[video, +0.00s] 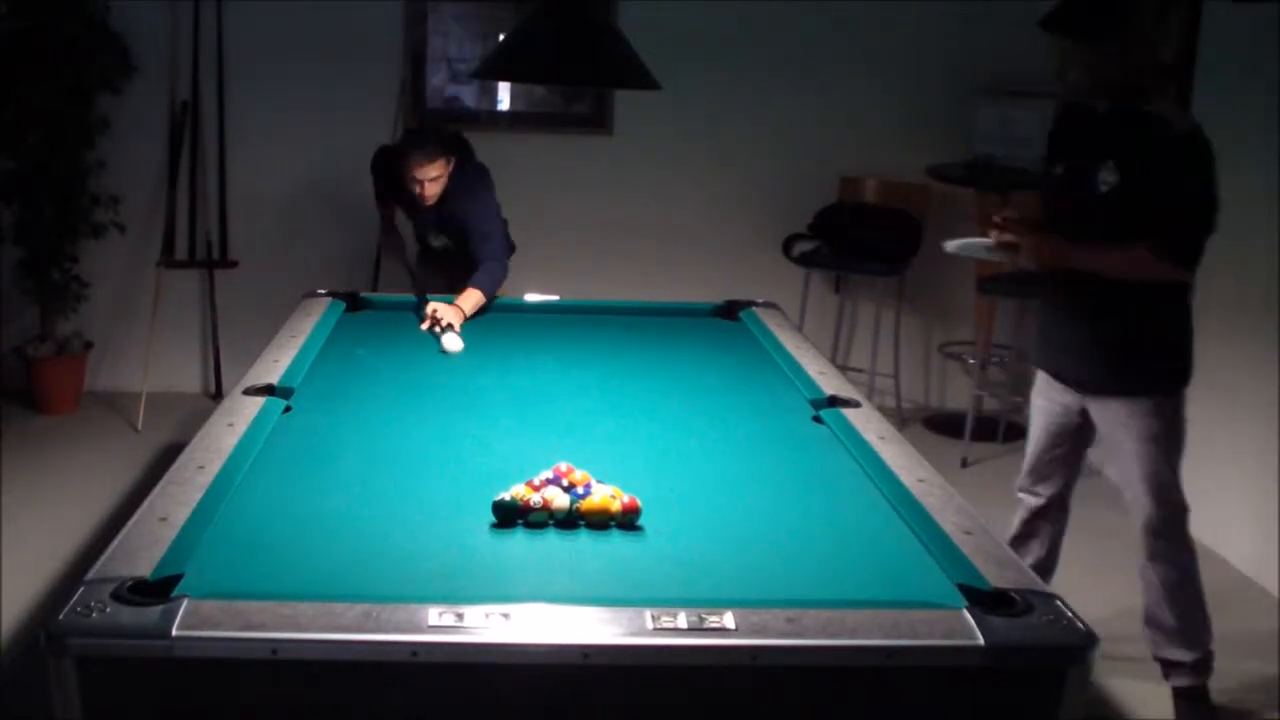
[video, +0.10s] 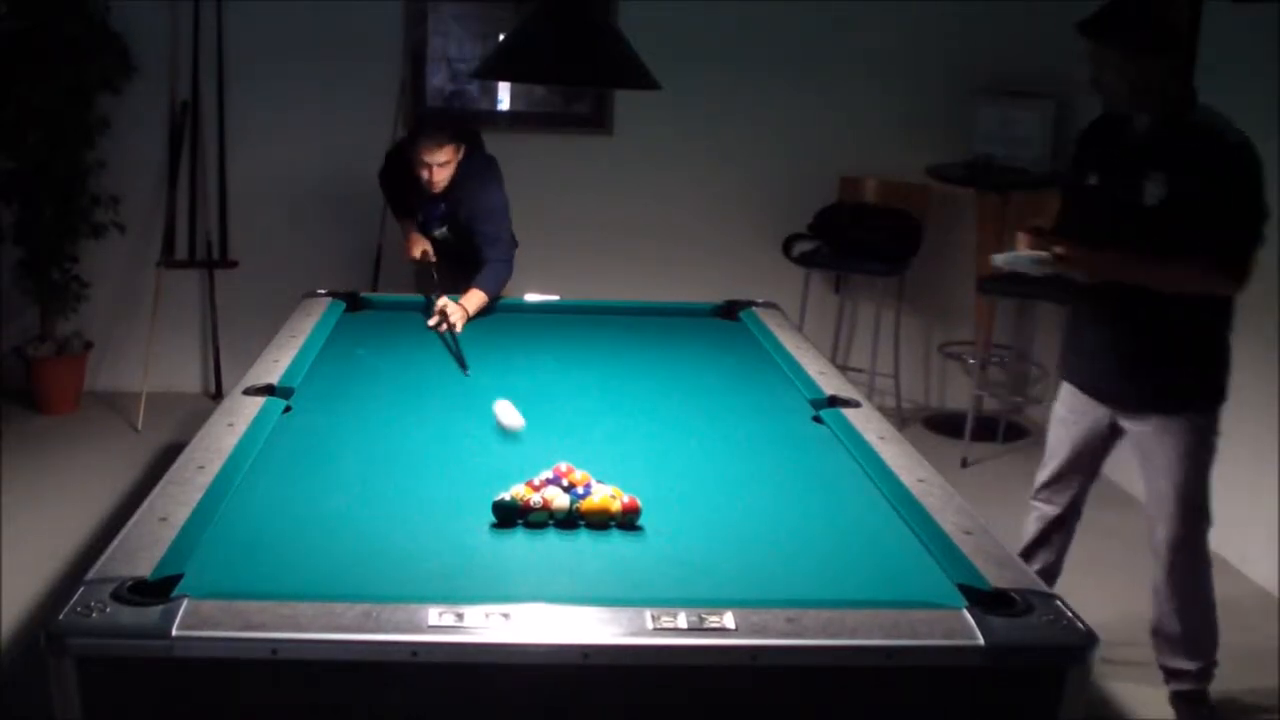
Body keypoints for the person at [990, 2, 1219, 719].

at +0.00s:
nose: (1069, 69)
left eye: (1082, 55)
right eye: (1068, 55)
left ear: (1122, 57)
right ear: (1077, 56)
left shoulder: (1179, 144)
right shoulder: (1075, 126)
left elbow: (1174, 261)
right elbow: (1068, 219)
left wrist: (1059, 252)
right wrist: (1019, 224)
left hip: (1138, 375)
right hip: (1061, 358)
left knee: (1158, 525)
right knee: (1035, 496)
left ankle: (1185, 674)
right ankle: (1011, 630)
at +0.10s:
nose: (1101, 78)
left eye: (1114, 63)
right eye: (1099, 63)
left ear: (1157, 63)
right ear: (1106, 62)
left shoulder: (1226, 153)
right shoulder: (1101, 139)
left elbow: (1226, 275)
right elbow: (1086, 238)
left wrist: (1102, 265)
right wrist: (1046, 247)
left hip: (1176, 381)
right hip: (1091, 366)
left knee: (1177, 538)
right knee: (1049, 503)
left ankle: (1188, 682)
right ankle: (1012, 636)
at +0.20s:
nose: (1121, 75)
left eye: (1137, 60)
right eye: (1125, 60)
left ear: (1186, 64)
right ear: (1150, 70)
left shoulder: (1258, 156)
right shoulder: (1129, 146)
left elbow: (1263, 282)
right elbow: (1099, 241)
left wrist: (1149, 277)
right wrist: (1081, 251)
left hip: (1213, 391)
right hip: (1122, 375)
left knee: (1199, 547)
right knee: (1060, 505)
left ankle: (1191, 678)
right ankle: (1018, 634)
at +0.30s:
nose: (1171, 76)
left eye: (1186, 63)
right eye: (1170, 61)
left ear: (1228, 64)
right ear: (1172, 65)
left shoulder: (1276, 146)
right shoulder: (1153, 142)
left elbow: (1276, 277)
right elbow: (1114, 260)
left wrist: (1185, 278)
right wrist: (1124, 262)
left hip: (1239, 382)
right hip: (1146, 370)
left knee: (1214, 550)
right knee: (1078, 515)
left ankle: (1194, 682)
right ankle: (1041, 650)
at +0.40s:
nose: (1228, 90)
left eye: (1242, 78)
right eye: (1220, 74)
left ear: (1266, 80)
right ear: (1205, 72)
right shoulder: (1174, 138)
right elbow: (1138, 248)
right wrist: (1154, 256)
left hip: (1262, 380)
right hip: (1167, 363)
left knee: (1232, 553)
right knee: (1111, 523)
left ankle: (1195, 681)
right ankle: (1094, 663)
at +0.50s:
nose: (1245, 78)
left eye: (1255, 65)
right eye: (1237, 61)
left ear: (1275, 71)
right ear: (1222, 60)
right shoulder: (1192, 134)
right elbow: (1140, 230)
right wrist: (1170, 269)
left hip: (1271, 372)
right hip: (1192, 360)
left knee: (1246, 546)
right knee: (1161, 535)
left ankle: (1198, 681)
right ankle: (1145, 681)